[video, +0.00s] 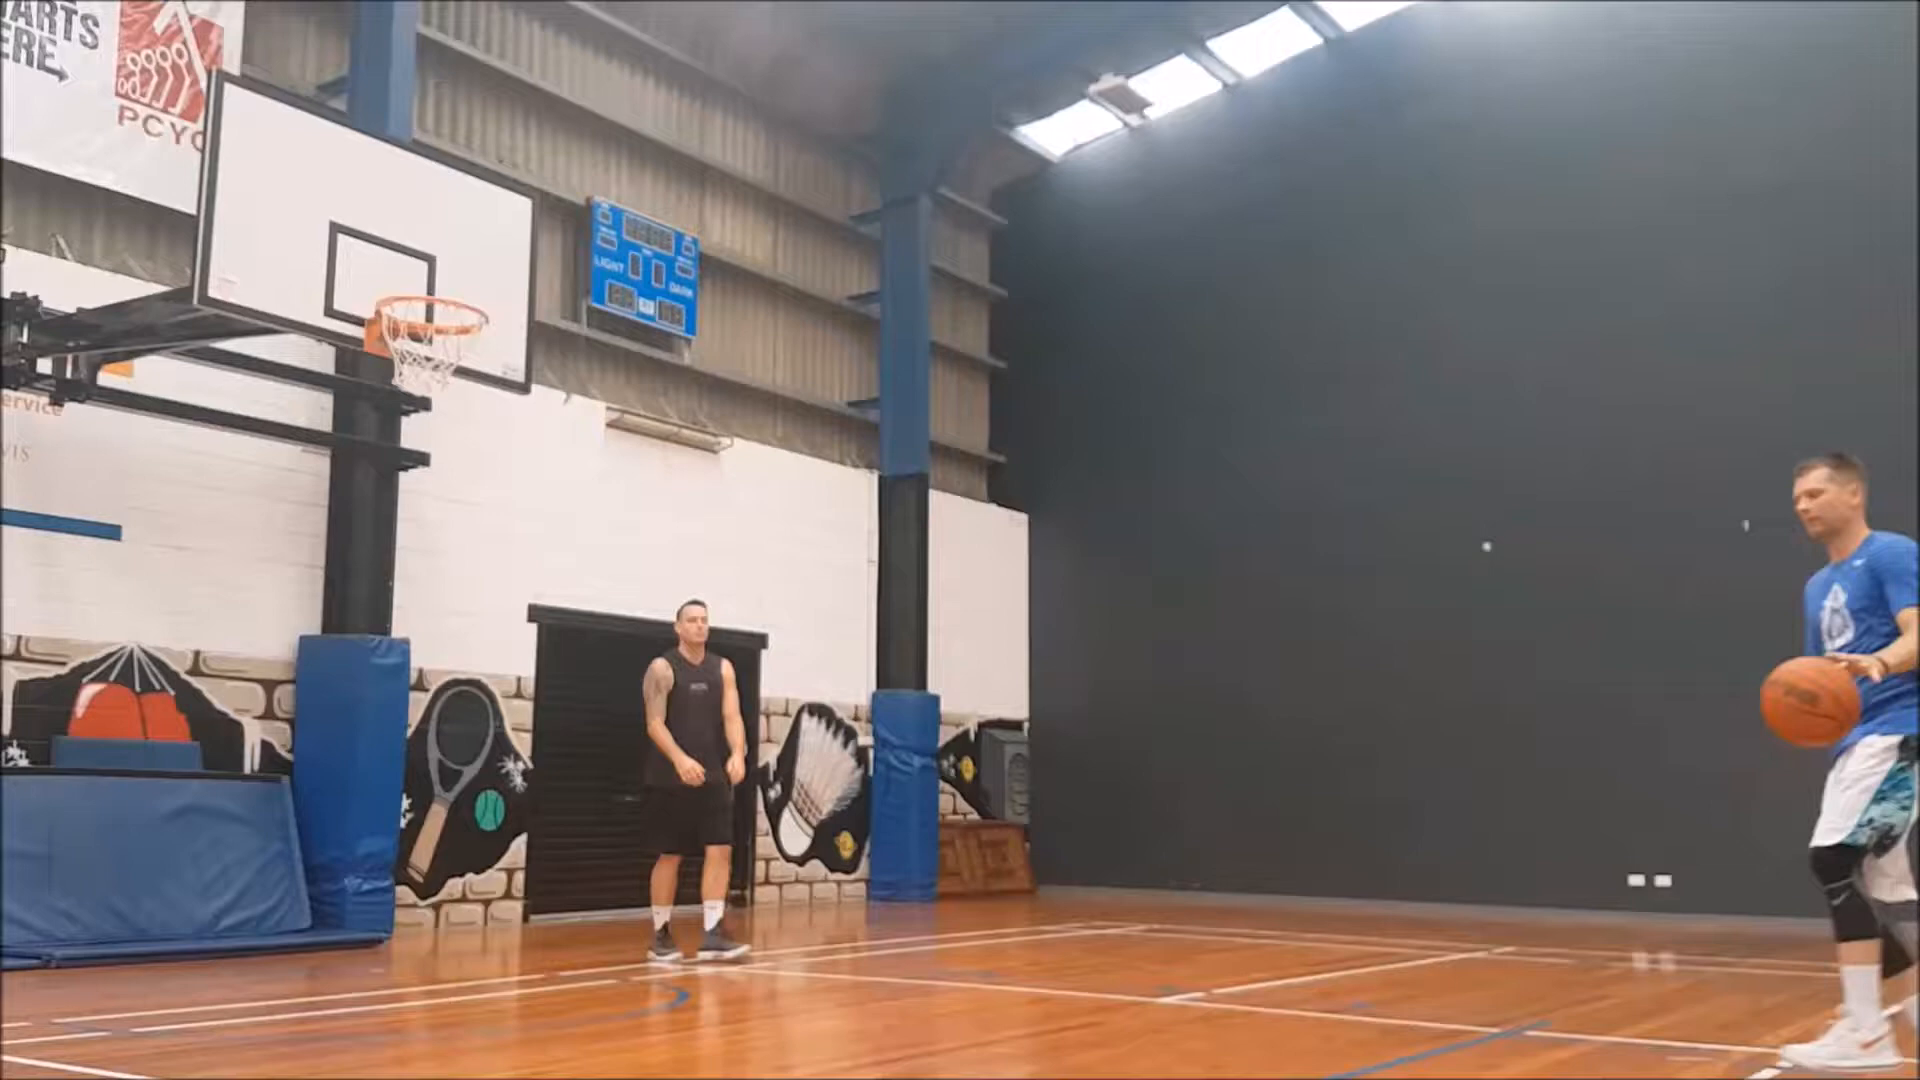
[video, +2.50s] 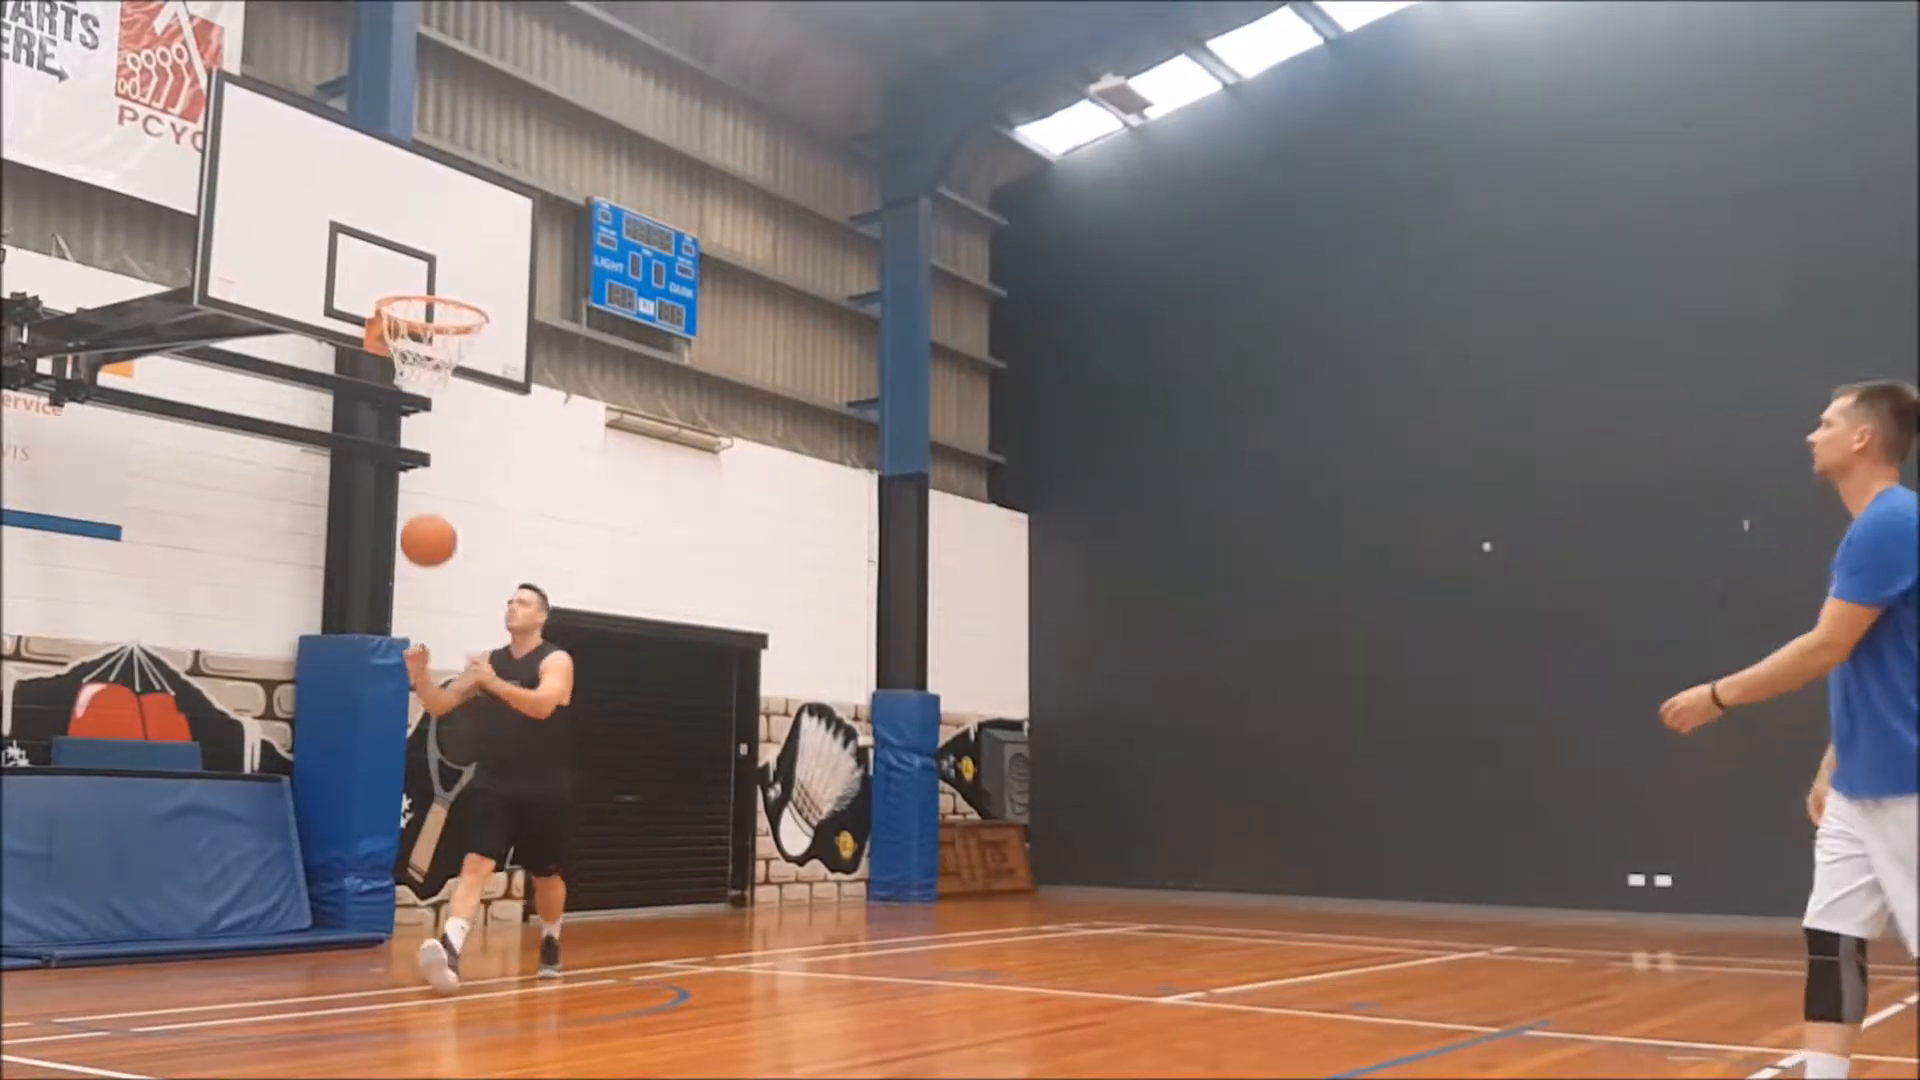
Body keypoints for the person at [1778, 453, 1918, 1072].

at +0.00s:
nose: (1803, 507)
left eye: (1815, 494)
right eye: (1799, 499)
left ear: (1854, 497)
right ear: (1801, 512)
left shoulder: (1893, 553)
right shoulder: (1817, 587)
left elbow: (1917, 638)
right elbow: (1825, 671)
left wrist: (1881, 662)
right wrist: (1803, 696)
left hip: (1898, 731)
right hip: (1865, 738)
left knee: (1834, 857)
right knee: (1886, 894)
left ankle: (1865, 1027)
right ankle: (1915, 1015)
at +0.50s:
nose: (1586, 543)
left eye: (1601, 536)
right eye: (1594, 534)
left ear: (1632, 557)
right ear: (1627, 558)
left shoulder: (1666, 633)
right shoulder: (1598, 641)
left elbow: (1608, 734)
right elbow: (1556, 715)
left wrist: (1498, 719)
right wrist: (1483, 705)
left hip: (1683, 819)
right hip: (1625, 813)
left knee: (1577, 933)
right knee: (1531, 922)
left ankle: (1647, 1073)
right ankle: (1543, 1069)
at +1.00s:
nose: (1560, 337)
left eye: (1574, 332)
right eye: (1570, 330)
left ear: (1593, 354)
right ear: (1592, 357)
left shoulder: (1585, 408)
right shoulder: (1562, 403)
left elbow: (1485, 355)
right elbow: (1506, 317)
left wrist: (1423, 285)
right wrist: (1463, 252)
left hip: (1544, 641)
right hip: (1511, 633)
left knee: (1524, 815)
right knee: (1498, 813)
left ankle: (1547, 989)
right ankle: (1503, 983)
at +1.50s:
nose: (1566, 433)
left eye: (1579, 425)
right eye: (1576, 423)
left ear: (1600, 447)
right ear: (1609, 453)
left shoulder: (1585, 528)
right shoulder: (1601, 530)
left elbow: (1509, 635)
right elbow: (1522, 640)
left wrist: (1414, 649)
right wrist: (1457, 602)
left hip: (1555, 750)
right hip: (1531, 743)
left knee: (1508, 908)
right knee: (1461, 895)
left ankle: (1559, 1069)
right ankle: (1536, 1053)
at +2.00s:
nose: (1655, 432)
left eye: (1671, 423)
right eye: (1666, 421)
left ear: (1698, 447)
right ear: (1702, 451)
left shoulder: (1710, 516)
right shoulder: (1698, 523)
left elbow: (1777, 616)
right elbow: (1767, 620)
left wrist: (1833, 723)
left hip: (1704, 760)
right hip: (1730, 762)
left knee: (1624, 917)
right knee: (1738, 930)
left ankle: (1609, 1070)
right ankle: (1794, 1068)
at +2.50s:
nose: (1812, 437)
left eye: (1825, 424)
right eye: (1818, 425)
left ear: (1864, 438)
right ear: (1866, 440)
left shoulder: (1891, 521)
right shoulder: (1873, 525)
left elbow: (1831, 645)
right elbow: (1877, 670)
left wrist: (1716, 694)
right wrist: (1834, 764)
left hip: (1905, 788)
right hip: (1857, 788)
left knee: (1919, 949)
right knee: (1833, 936)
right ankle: (1824, 1074)